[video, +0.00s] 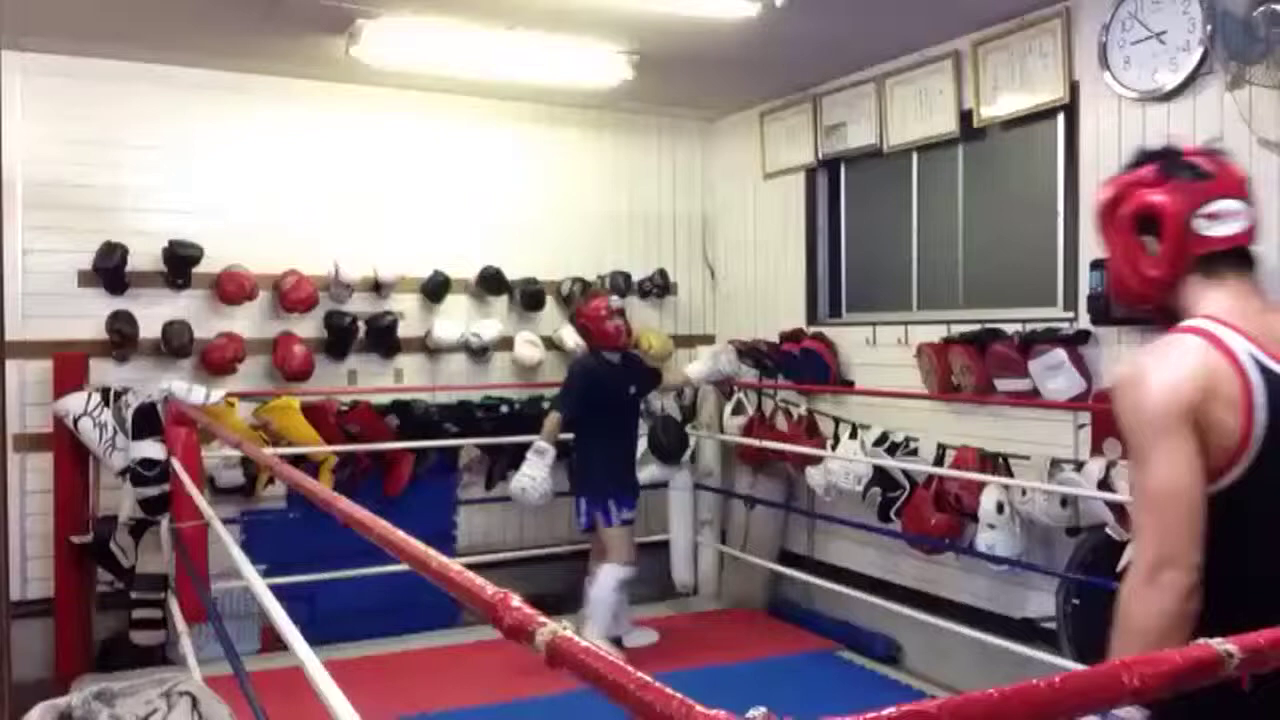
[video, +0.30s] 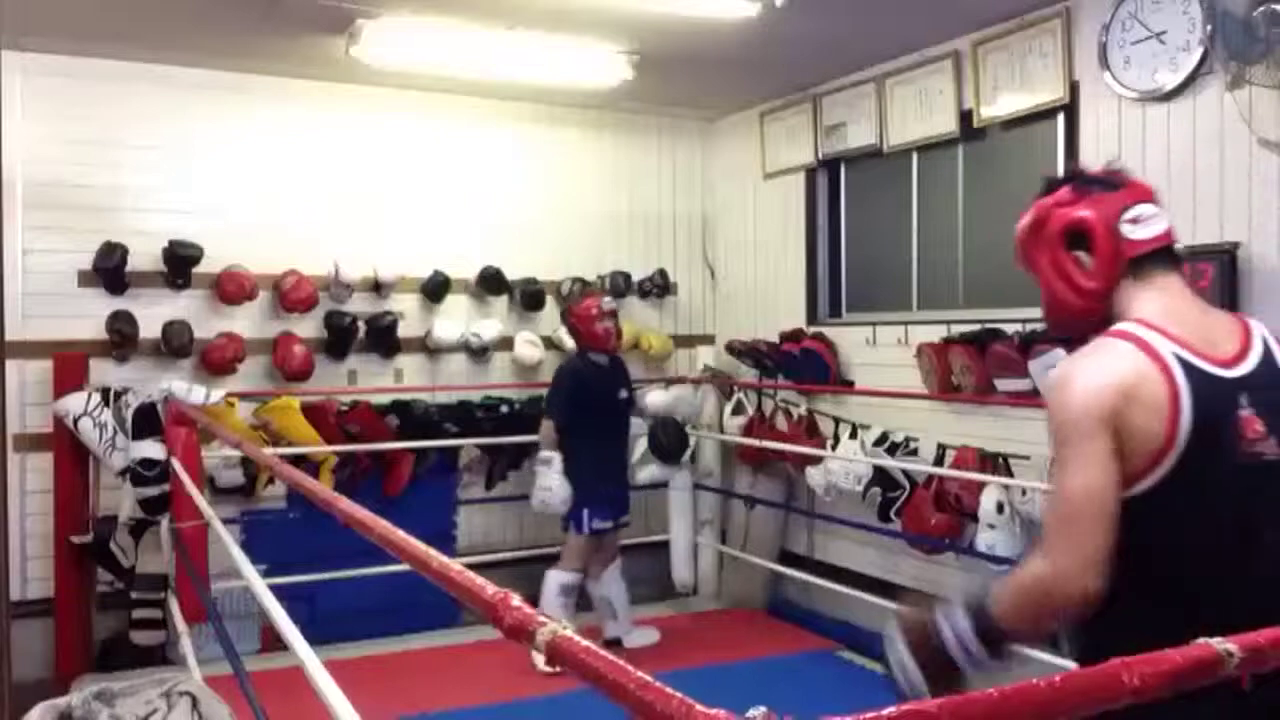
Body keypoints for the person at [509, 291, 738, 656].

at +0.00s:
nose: (618, 322)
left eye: (618, 315)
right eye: (608, 317)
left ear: (622, 320)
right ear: (589, 327)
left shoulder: (631, 364)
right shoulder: (584, 369)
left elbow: (666, 382)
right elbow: (556, 418)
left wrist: (705, 367)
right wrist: (539, 460)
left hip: (621, 471)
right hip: (596, 474)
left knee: (607, 555)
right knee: (620, 556)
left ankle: (619, 625)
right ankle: (593, 637)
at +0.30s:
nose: (612, 326)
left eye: (612, 318)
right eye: (602, 319)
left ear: (613, 322)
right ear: (580, 327)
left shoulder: (616, 367)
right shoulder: (570, 372)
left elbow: (632, 407)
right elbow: (549, 426)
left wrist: (669, 401)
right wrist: (549, 471)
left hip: (613, 475)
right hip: (582, 478)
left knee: (607, 554)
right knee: (575, 557)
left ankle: (618, 629)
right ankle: (547, 641)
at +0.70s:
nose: (603, 332)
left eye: (605, 323)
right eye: (594, 324)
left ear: (607, 327)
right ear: (572, 329)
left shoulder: (601, 371)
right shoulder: (555, 375)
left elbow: (596, 416)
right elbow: (529, 424)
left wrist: (630, 424)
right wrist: (525, 473)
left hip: (601, 477)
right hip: (563, 483)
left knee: (621, 553)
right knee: (556, 563)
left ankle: (627, 638)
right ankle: (543, 646)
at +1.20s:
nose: (637, 329)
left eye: (640, 320)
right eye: (629, 320)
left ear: (643, 325)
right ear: (606, 325)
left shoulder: (642, 375)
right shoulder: (578, 370)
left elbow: (656, 430)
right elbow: (555, 420)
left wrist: (669, 472)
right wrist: (564, 468)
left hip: (626, 479)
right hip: (583, 480)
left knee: (632, 566)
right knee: (576, 576)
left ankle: (634, 662)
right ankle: (550, 645)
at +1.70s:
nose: (579, 327)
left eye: (583, 318)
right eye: (568, 320)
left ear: (592, 323)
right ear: (547, 329)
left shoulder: (612, 371)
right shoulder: (531, 385)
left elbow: (641, 421)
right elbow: (520, 442)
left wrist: (660, 455)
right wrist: (537, 471)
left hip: (613, 499)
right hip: (560, 505)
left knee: (629, 586)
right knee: (553, 596)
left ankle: (634, 663)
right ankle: (542, 694)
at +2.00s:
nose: (536, 331)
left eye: (542, 321)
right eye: (524, 323)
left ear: (554, 325)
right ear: (504, 333)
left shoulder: (578, 371)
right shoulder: (493, 390)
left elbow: (601, 420)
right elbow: (481, 450)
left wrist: (608, 445)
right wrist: (508, 462)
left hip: (587, 504)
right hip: (533, 511)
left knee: (610, 598)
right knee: (540, 603)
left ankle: (608, 686)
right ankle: (541, 696)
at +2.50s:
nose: (538, 338)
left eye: (548, 329)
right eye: (528, 327)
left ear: (560, 337)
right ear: (506, 330)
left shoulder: (573, 390)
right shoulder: (476, 389)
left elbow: (593, 448)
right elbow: (457, 452)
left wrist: (587, 464)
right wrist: (498, 457)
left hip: (550, 526)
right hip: (492, 529)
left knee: (543, 631)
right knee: (501, 636)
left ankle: (544, 708)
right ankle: (527, 696)